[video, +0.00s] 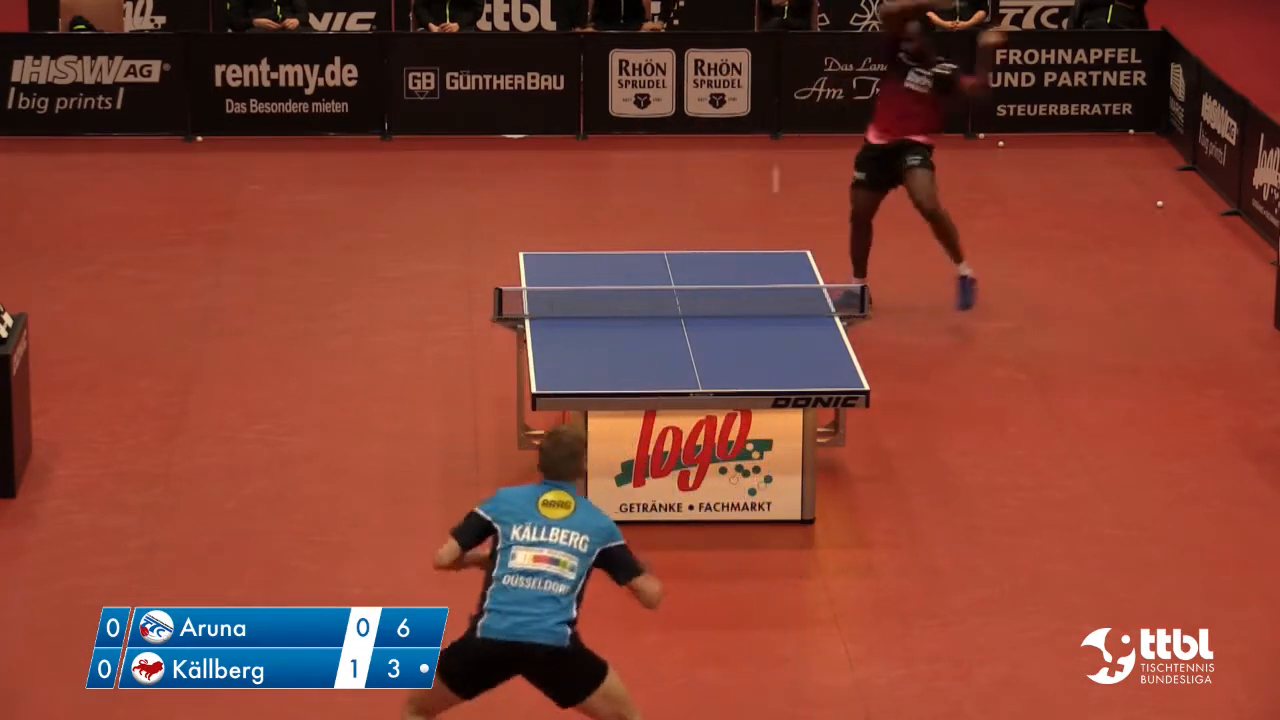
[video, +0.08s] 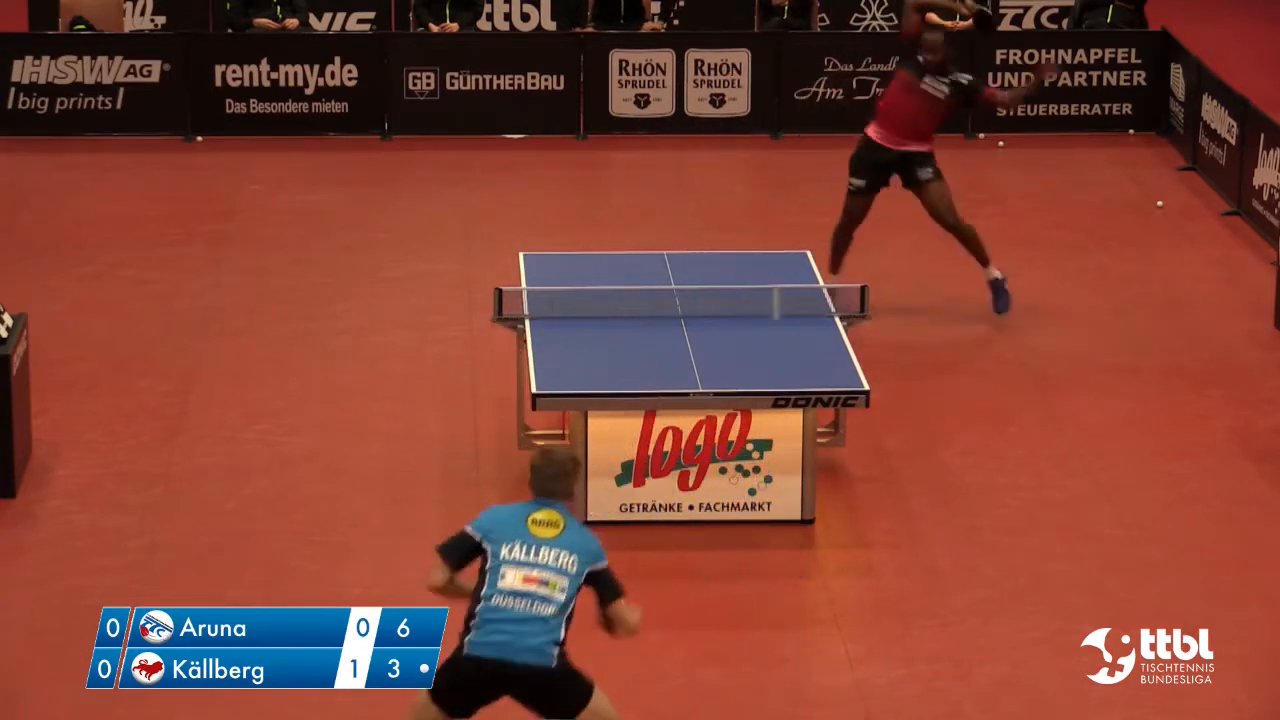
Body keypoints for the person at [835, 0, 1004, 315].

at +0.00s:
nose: (907, 45)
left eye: (913, 39)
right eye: (904, 39)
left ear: (927, 40)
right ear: (899, 40)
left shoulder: (942, 73)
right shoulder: (894, 59)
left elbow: (979, 88)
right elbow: (886, 12)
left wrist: (984, 49)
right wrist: (928, 5)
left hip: (913, 148)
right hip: (877, 147)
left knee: (928, 206)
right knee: (859, 216)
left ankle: (964, 272)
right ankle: (858, 286)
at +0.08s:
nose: (928, 55)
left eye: (934, 50)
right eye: (925, 49)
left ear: (947, 51)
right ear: (918, 46)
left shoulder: (959, 83)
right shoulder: (910, 57)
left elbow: (1004, 98)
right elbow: (910, 7)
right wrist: (955, 7)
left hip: (916, 156)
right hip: (875, 148)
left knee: (950, 221)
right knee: (849, 220)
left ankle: (994, 276)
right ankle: (830, 279)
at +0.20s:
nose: (953, 79)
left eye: (958, 74)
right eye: (948, 73)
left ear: (966, 76)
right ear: (939, 73)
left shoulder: (973, 114)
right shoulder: (923, 87)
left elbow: (1001, 156)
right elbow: (911, 36)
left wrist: (1042, 174)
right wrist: (954, 33)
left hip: (933, 186)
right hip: (892, 175)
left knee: (967, 244)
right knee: (845, 234)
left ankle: (992, 297)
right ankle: (797, 260)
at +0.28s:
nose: (956, 96)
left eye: (961, 90)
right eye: (951, 89)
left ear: (968, 92)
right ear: (940, 90)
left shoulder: (965, 129)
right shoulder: (921, 108)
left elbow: (963, 180)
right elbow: (909, 84)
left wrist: (986, 217)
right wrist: (952, 58)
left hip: (936, 199)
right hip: (896, 194)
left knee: (979, 244)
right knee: (857, 252)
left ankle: (994, 298)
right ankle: (793, 271)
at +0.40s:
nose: (931, 91)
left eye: (937, 85)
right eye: (926, 84)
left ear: (944, 89)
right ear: (915, 85)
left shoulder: (939, 122)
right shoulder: (895, 108)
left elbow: (926, 172)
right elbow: (857, 127)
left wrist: (921, 219)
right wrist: (894, 118)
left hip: (924, 199)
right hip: (883, 198)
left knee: (972, 243)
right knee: (853, 257)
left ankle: (993, 298)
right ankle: (804, 292)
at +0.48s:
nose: (899, 74)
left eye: (905, 69)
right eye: (894, 68)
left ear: (912, 71)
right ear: (884, 68)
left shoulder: (917, 109)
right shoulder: (864, 93)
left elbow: (914, 153)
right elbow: (829, 119)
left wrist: (921, 189)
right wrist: (839, 118)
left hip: (901, 185)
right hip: (859, 182)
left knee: (937, 236)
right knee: (826, 242)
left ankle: (982, 296)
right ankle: (784, 294)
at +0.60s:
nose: (847, 70)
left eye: (853, 65)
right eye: (842, 65)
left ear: (862, 65)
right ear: (833, 66)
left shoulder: (878, 96)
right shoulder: (819, 91)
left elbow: (903, 133)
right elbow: (794, 120)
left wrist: (923, 174)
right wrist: (782, 130)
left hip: (863, 174)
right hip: (820, 170)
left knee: (886, 230)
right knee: (780, 216)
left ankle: (901, 284)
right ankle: (769, 277)